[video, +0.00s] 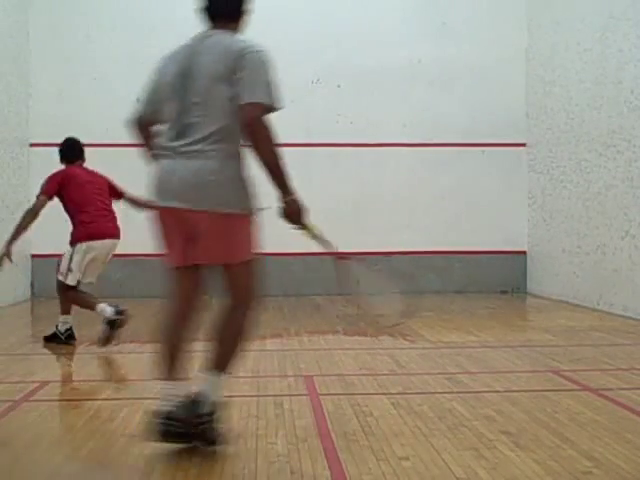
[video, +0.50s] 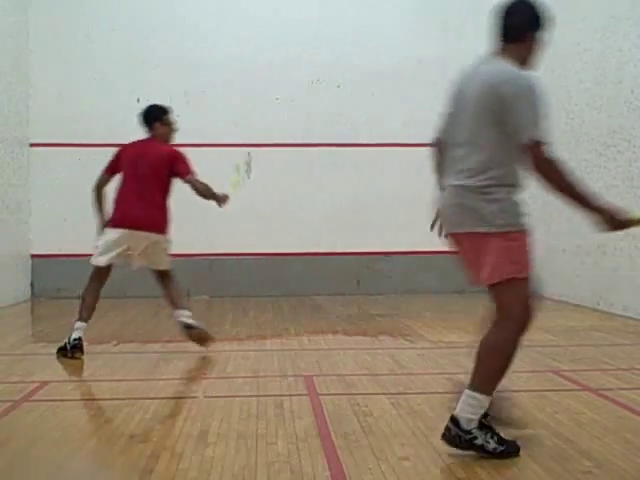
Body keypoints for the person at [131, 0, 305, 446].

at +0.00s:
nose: (241, 13)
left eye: (230, 9)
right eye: (243, 9)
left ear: (206, 12)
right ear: (242, 12)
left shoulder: (177, 56)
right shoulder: (246, 53)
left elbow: (141, 120)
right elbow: (252, 120)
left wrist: (164, 162)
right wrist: (287, 192)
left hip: (171, 189)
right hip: (221, 192)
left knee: (185, 293)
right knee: (242, 295)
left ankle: (170, 403)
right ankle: (204, 399)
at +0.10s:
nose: (289, 20)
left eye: (278, 14)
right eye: (290, 14)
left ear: (254, 19)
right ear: (289, 19)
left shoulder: (232, 62)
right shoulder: (288, 62)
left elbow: (203, 134)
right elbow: (292, 136)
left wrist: (234, 176)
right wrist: (328, 209)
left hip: (222, 206)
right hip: (267, 206)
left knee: (243, 300)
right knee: (319, 296)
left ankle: (214, 417)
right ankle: (301, 409)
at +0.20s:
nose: (347, 40)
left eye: (339, 31)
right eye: (346, 33)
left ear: (309, 34)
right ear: (342, 35)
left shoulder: (291, 80)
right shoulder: (337, 81)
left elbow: (279, 154)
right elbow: (340, 153)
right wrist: (388, 222)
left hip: (275, 223)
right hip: (319, 226)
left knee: (271, 315)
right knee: (387, 306)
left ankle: (218, 416)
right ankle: (422, 418)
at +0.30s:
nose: (410, 41)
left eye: (404, 31)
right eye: (409, 33)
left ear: (372, 35)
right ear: (404, 36)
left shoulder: (352, 82)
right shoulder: (398, 83)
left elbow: (350, 157)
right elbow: (401, 155)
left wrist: (411, 198)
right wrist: (453, 223)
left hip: (344, 224)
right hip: (388, 227)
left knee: (330, 315)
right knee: (442, 311)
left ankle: (255, 387)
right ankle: (459, 426)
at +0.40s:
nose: (478, 43)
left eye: (475, 34)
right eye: (477, 35)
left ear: (439, 34)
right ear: (471, 37)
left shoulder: (416, 79)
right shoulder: (460, 83)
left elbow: (408, 154)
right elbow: (473, 159)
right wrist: (529, 222)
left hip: (406, 217)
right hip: (443, 219)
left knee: (429, 311)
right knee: (484, 312)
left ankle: (353, 371)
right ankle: (463, 427)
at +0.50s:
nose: (540, 45)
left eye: (539, 36)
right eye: (539, 36)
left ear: (503, 33)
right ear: (530, 37)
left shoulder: (472, 76)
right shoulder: (517, 82)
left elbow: (440, 145)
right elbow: (538, 159)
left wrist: (446, 200)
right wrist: (599, 210)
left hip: (459, 210)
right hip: (491, 211)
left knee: (512, 303)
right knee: (515, 311)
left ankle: (477, 394)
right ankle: (466, 422)